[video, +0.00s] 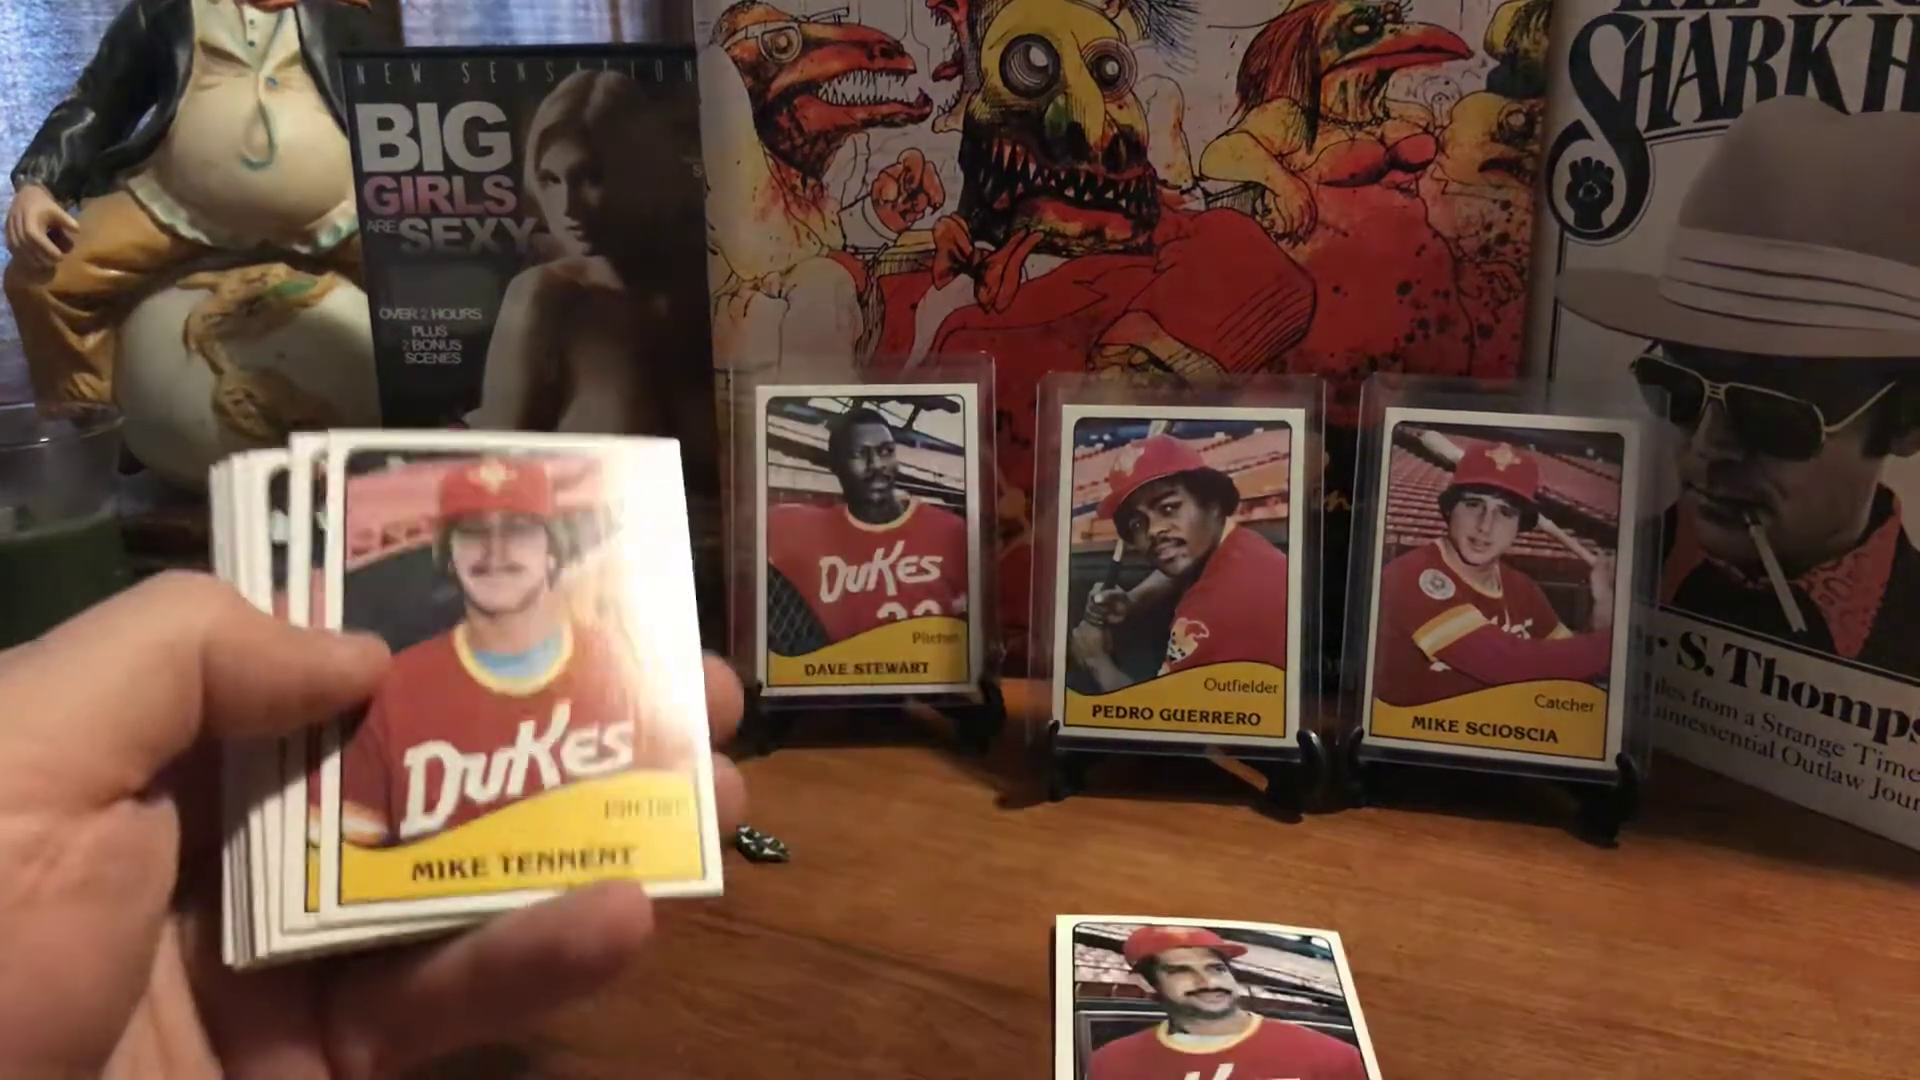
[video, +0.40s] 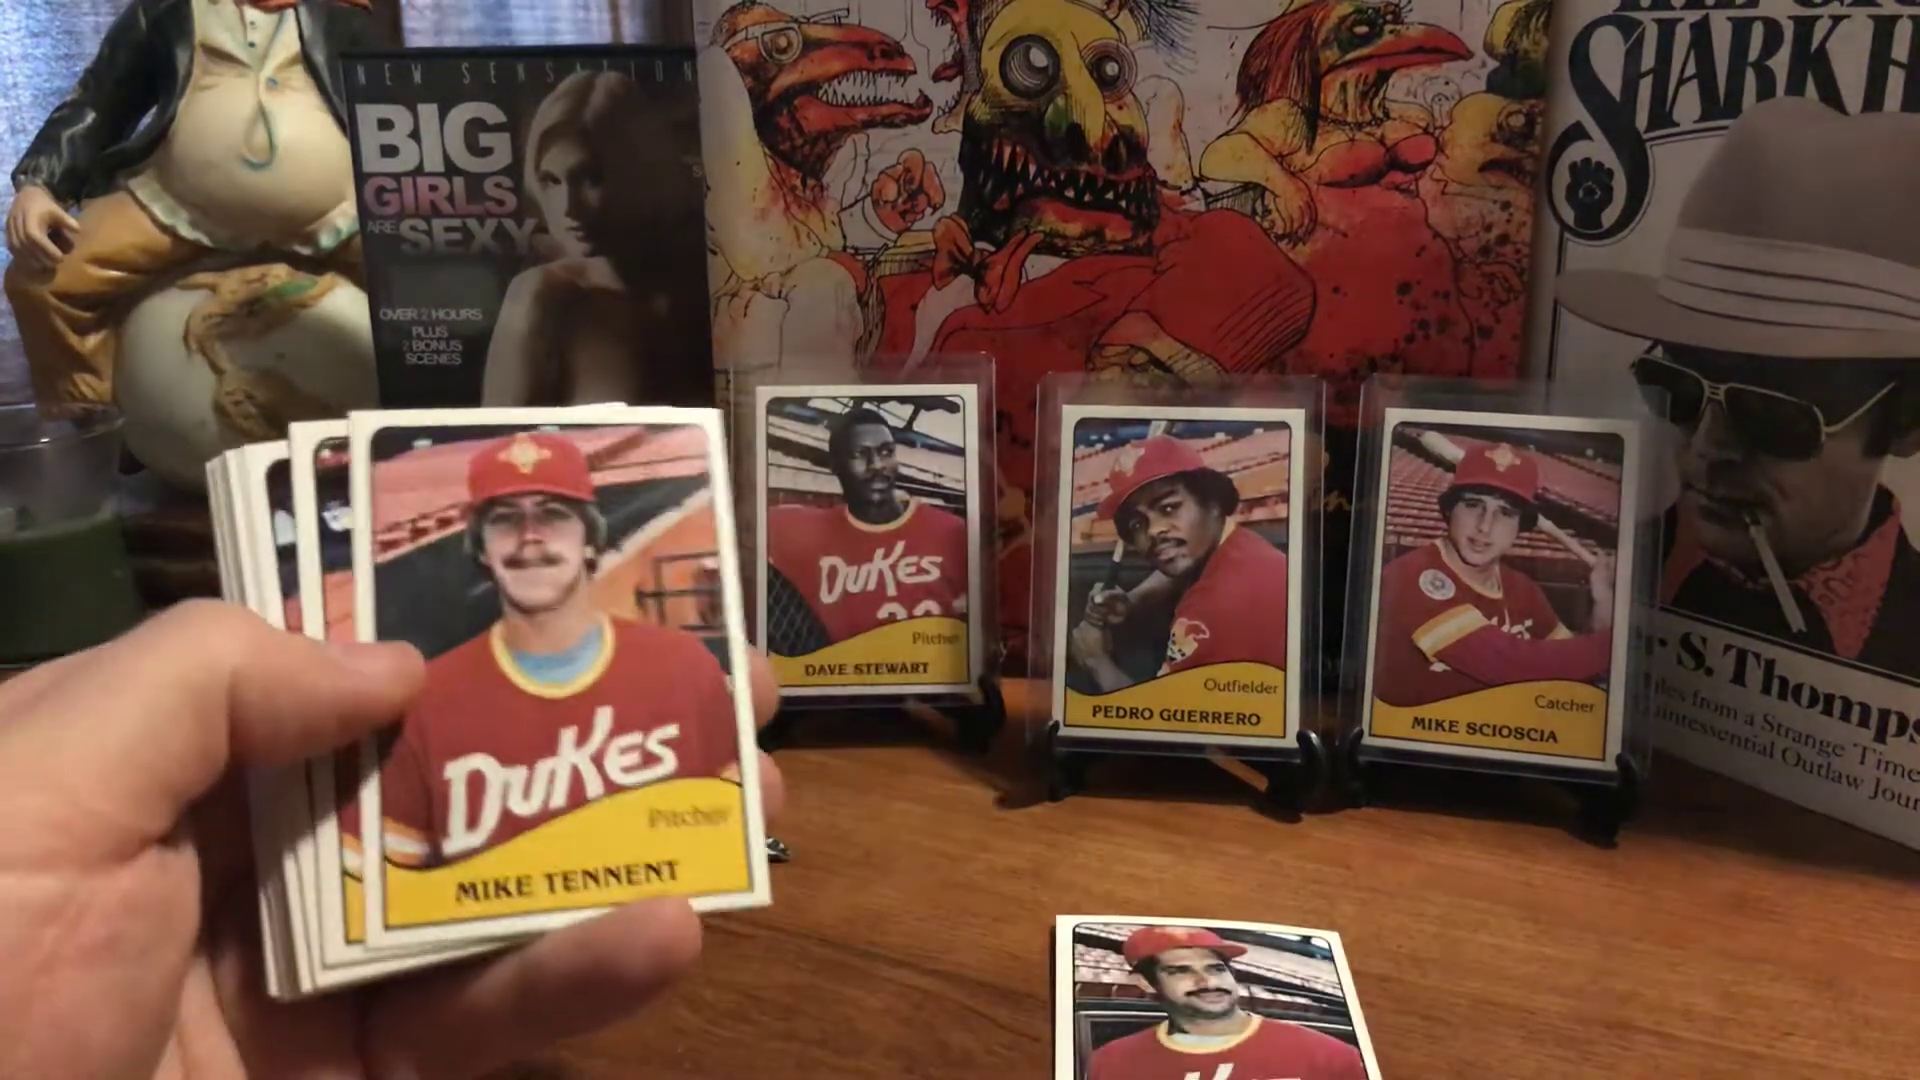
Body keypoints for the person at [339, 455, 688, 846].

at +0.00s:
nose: (495, 553)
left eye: (518, 529)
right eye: (474, 531)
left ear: (554, 547)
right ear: (448, 549)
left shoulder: (622, 665)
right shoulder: (404, 683)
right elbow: (354, 849)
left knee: (624, 906)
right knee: (621, 907)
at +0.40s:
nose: (530, 536)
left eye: (552, 514)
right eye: (507, 518)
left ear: (590, 535)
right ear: (481, 545)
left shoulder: (679, 664)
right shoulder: (436, 694)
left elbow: (756, 797)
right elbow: (383, 871)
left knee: (670, 926)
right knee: (667, 929)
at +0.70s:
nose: (581, 542)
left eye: (605, 519)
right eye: (556, 523)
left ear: (644, 544)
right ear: (529, 552)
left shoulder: (735, 681)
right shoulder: (480, 713)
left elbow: (814, 821)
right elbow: (437, 901)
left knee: (714, 968)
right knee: (714, 965)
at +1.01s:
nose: (647, 543)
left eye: (672, 518)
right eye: (620, 522)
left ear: (713, 544)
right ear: (592, 553)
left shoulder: (810, 690)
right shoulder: (540, 724)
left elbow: (887, 844)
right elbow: (491, 926)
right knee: (787, 996)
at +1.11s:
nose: (660, 534)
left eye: (686, 509)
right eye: (633, 513)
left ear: (727, 534)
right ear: (606, 543)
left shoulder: (827, 683)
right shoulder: (550, 717)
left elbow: (900, 854)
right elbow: (506, 924)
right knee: (803, 991)